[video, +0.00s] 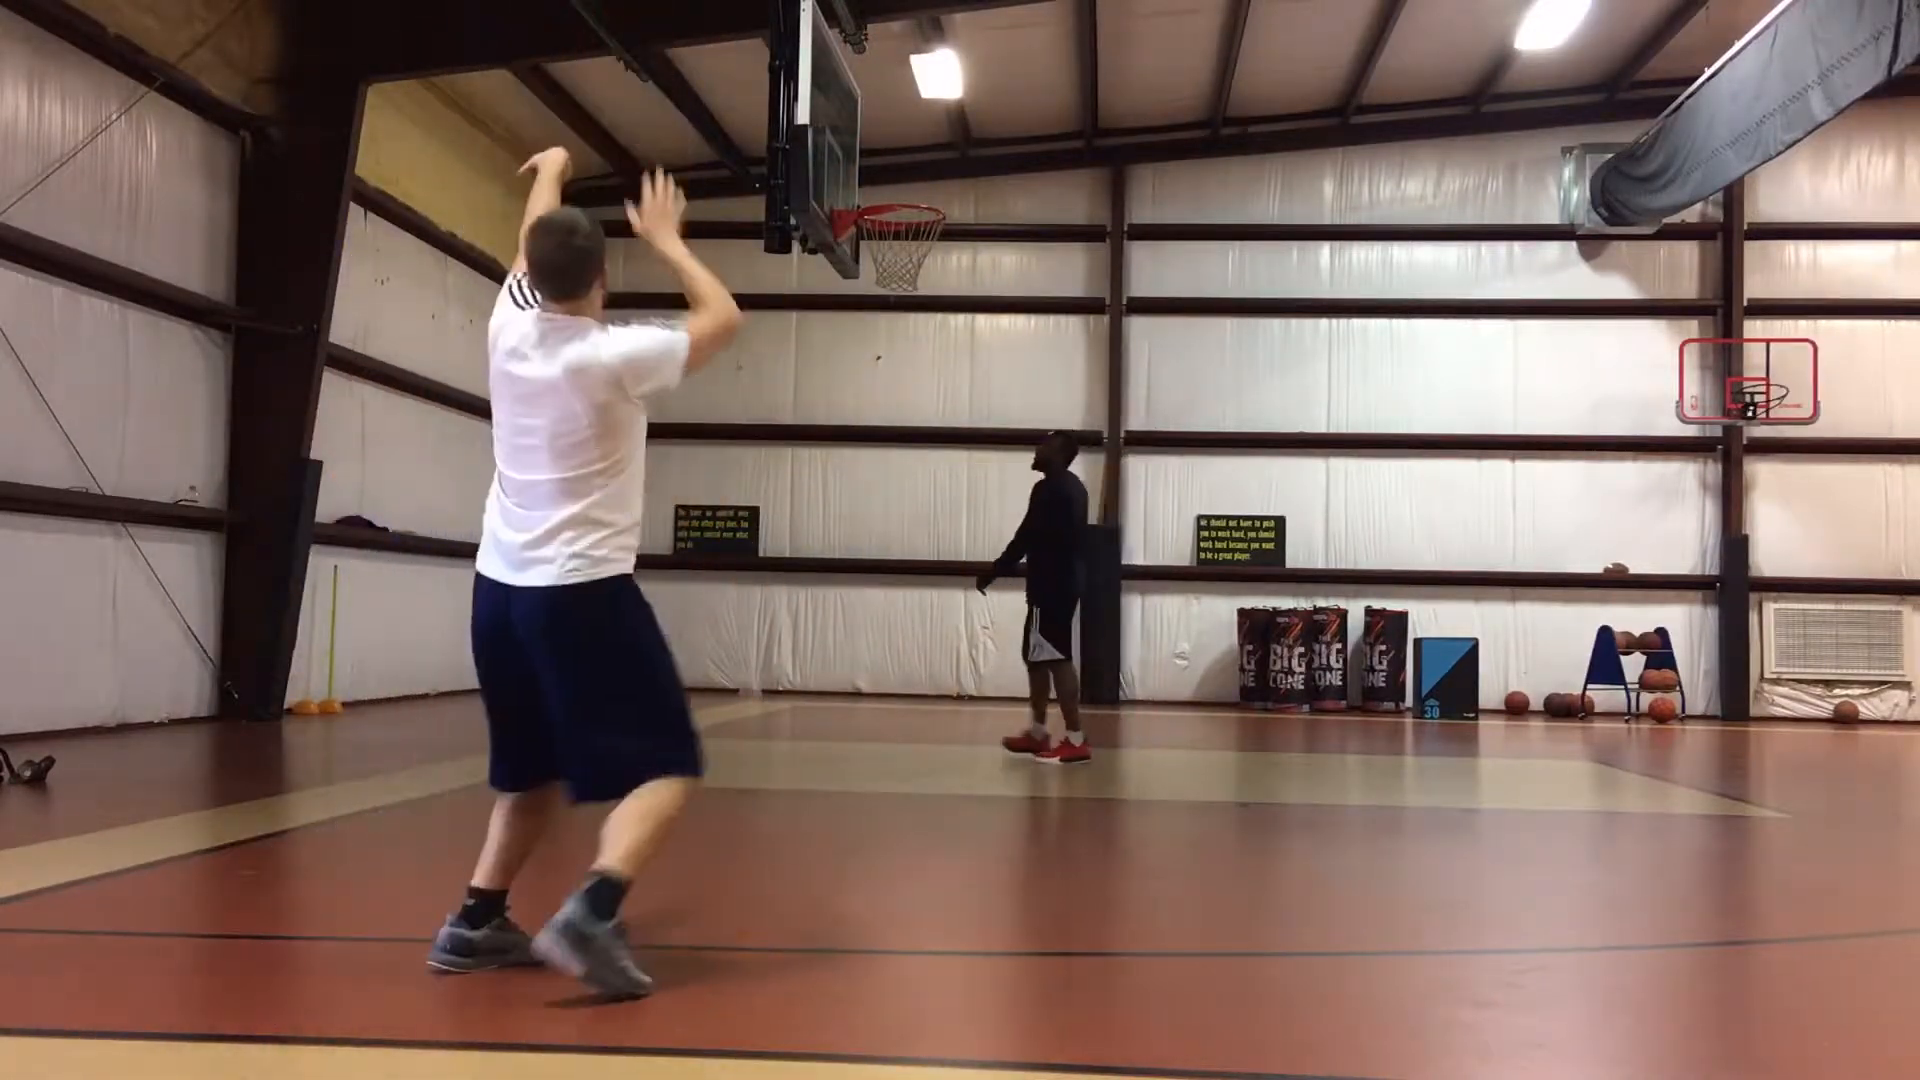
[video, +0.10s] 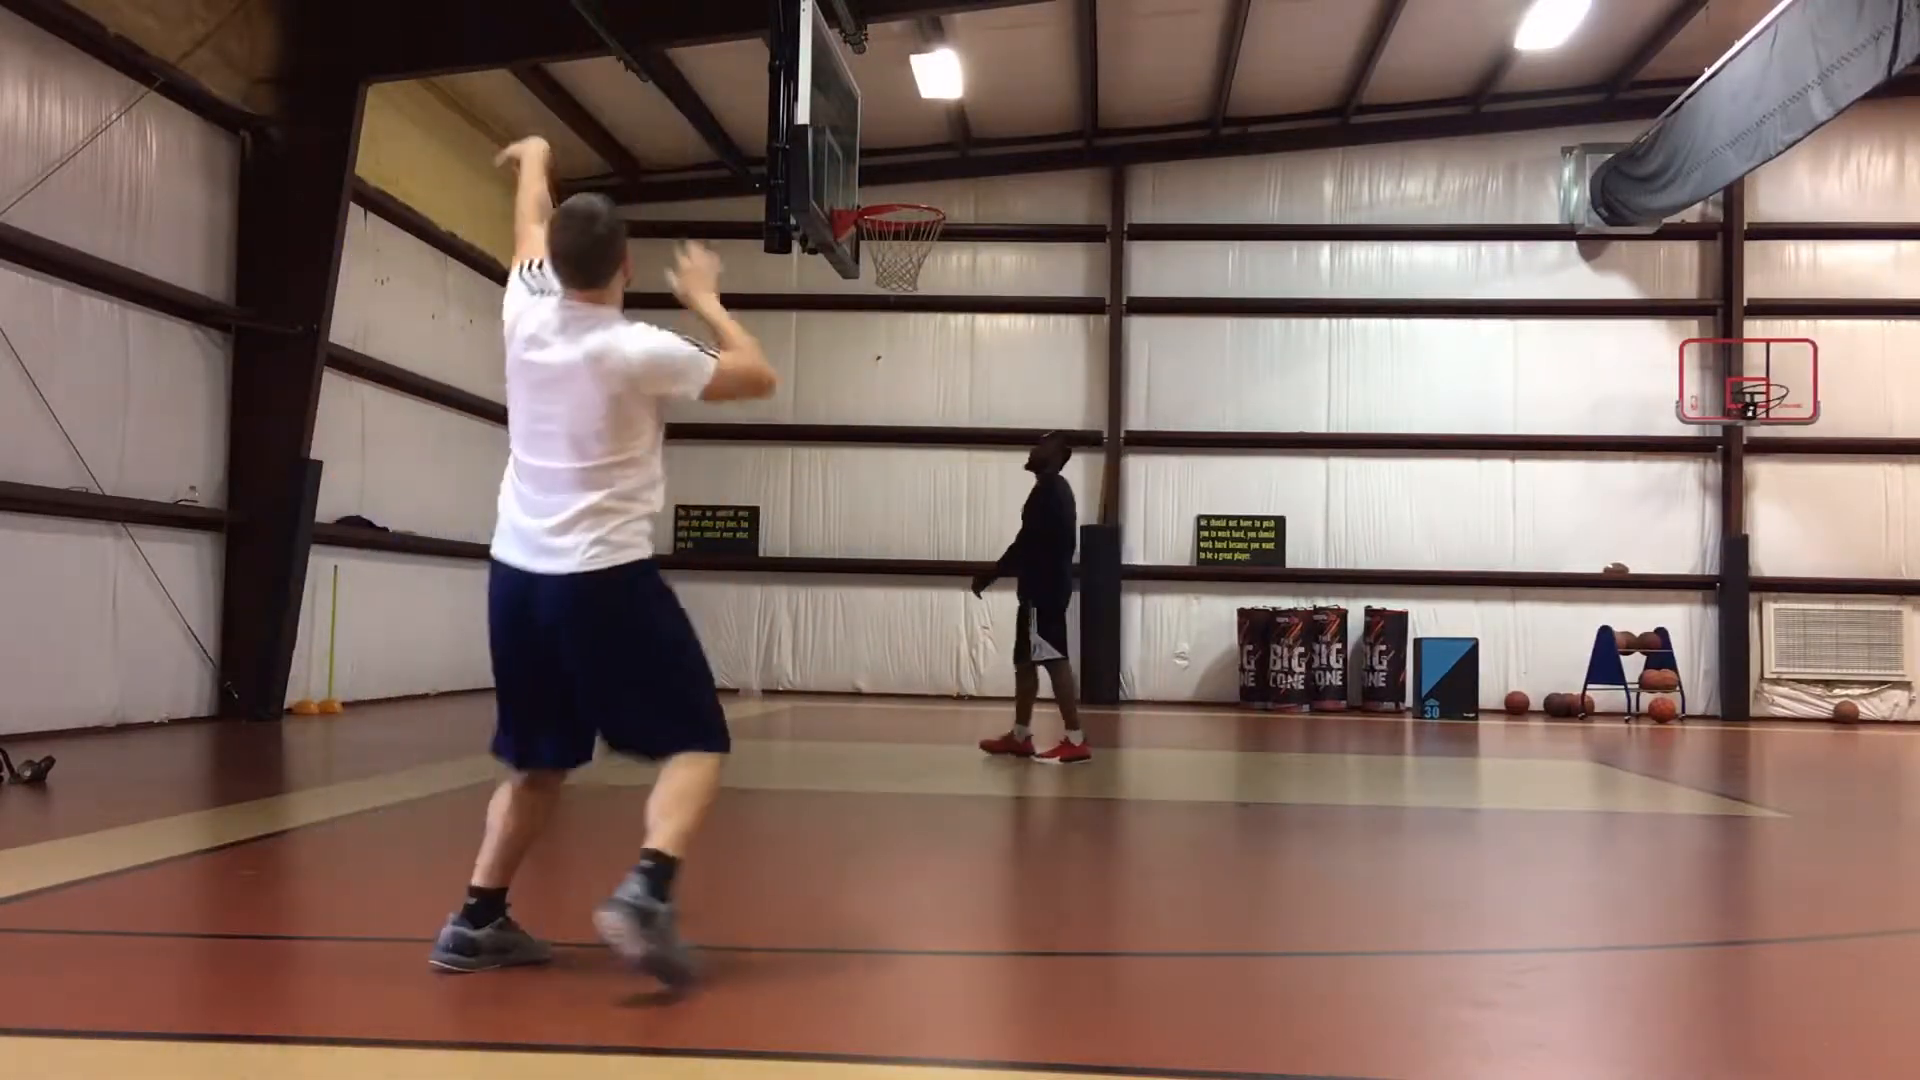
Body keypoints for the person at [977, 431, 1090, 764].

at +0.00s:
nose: (1037, 448)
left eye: (1044, 444)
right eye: (1041, 443)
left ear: (1059, 454)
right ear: (1063, 455)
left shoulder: (1047, 489)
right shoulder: (1073, 487)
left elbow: (1025, 537)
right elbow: (1068, 543)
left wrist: (992, 571)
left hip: (1053, 588)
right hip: (1060, 586)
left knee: (1059, 660)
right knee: (1037, 658)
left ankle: (1075, 740)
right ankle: (1037, 733)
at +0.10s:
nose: (1033, 448)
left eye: (1041, 444)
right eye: (1036, 443)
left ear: (1059, 455)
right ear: (1054, 455)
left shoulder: (1049, 491)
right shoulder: (1050, 489)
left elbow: (1025, 545)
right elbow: (1029, 544)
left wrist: (990, 573)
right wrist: (995, 573)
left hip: (1046, 591)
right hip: (1037, 590)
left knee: (1055, 661)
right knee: (1024, 662)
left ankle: (1075, 739)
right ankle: (1020, 736)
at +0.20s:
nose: (1027, 447)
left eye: (1037, 443)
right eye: (1030, 442)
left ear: (1050, 456)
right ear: (1040, 455)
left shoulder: (1044, 492)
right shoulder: (1036, 491)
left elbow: (1028, 556)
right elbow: (1023, 555)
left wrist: (993, 589)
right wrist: (994, 588)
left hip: (1039, 590)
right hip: (1024, 589)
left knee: (1049, 660)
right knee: (1010, 658)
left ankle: (1074, 738)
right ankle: (1017, 736)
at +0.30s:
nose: (1018, 449)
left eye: (1027, 446)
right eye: (1021, 444)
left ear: (1040, 457)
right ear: (1026, 456)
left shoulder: (1038, 492)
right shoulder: (1026, 490)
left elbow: (1033, 549)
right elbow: (1020, 546)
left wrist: (1024, 594)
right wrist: (1007, 586)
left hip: (1029, 590)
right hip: (1010, 588)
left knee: (1040, 659)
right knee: (1001, 658)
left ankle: (1071, 734)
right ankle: (1016, 735)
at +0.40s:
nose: (1008, 450)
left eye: (1017, 446)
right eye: (1011, 445)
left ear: (1031, 457)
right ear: (1019, 456)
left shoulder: (1031, 490)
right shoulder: (1011, 490)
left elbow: (1027, 551)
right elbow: (1002, 549)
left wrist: (1027, 599)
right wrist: (985, 591)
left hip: (1021, 592)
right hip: (1000, 591)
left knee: (1021, 661)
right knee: (1000, 660)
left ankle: (1064, 729)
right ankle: (1016, 734)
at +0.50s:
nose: (997, 452)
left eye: (1006, 448)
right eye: (999, 448)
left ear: (1020, 456)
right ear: (1005, 456)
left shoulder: (1024, 488)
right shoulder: (1002, 491)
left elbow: (1040, 541)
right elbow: (990, 546)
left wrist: (1045, 590)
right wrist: (966, 589)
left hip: (1014, 583)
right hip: (1001, 582)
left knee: (995, 651)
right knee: (1000, 655)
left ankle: (1047, 718)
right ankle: (1016, 734)